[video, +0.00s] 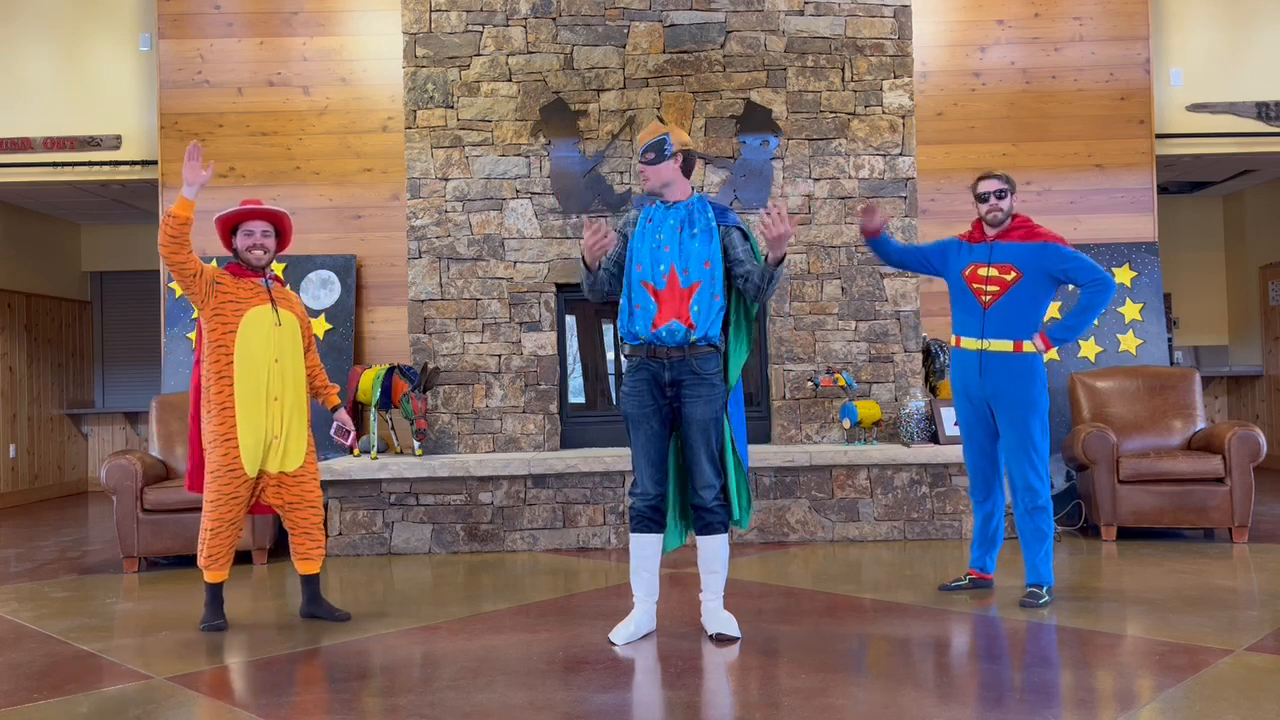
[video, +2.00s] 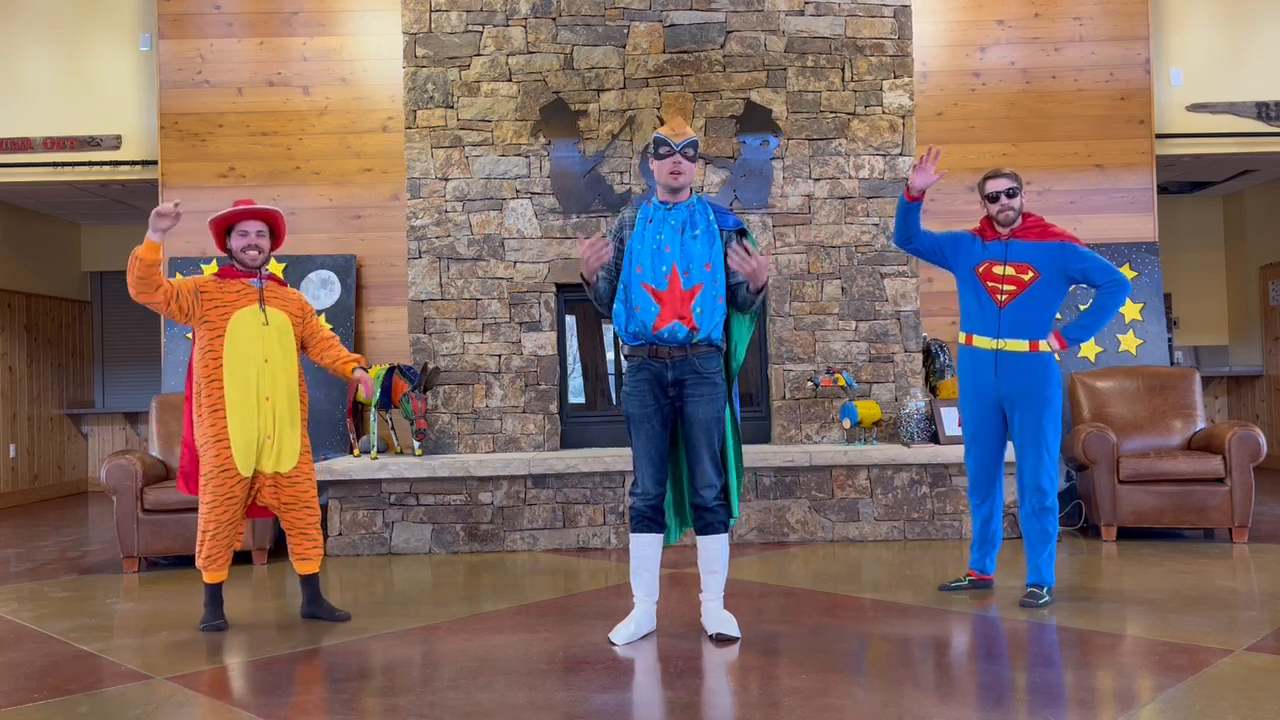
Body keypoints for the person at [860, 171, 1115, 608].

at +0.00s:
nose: (992, 203)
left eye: (1000, 195)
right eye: (984, 197)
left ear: (1014, 199)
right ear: (975, 205)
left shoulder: (1041, 247)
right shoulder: (955, 250)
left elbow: (1101, 284)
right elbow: (904, 256)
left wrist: (1054, 336)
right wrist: (875, 236)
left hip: (1019, 376)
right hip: (968, 376)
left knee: (1028, 481)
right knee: (981, 479)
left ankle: (1039, 580)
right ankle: (981, 572)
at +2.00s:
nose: (1004, 203)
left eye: (1010, 195)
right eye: (994, 198)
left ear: (1023, 197)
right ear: (984, 205)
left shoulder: (1056, 248)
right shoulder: (964, 247)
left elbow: (1116, 283)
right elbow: (908, 238)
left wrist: (1067, 336)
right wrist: (913, 195)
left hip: (1033, 371)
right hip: (977, 371)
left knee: (1037, 478)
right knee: (981, 476)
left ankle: (1040, 581)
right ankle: (981, 572)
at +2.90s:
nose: (987, 208)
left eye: (994, 198)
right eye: (978, 203)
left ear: (1012, 199)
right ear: (971, 211)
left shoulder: (1052, 246)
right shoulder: (969, 254)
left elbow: (1116, 280)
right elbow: (958, 296)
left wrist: (1072, 338)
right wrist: (957, 335)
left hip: (1039, 380)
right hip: (985, 381)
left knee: (1042, 485)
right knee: (981, 479)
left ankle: (1041, 582)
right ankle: (981, 570)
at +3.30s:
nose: (978, 203)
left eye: (984, 195)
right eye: (968, 198)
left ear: (998, 200)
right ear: (960, 209)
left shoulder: (1030, 253)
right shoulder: (952, 263)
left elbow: (1069, 313)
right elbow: (939, 329)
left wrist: (1085, 377)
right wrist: (923, 389)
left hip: (1020, 387)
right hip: (969, 388)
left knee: (1028, 484)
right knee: (984, 484)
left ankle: (1039, 582)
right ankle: (982, 572)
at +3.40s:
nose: (976, 202)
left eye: (983, 194)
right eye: (967, 197)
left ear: (996, 201)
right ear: (958, 209)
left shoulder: (1026, 251)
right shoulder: (947, 262)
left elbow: (1056, 312)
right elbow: (933, 327)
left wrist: (1066, 367)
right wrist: (919, 385)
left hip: (1018, 386)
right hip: (967, 389)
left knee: (1026, 484)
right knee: (982, 485)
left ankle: (1038, 581)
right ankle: (981, 572)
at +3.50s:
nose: (975, 200)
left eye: (983, 193)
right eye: (966, 195)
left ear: (995, 202)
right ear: (956, 207)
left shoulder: (1024, 252)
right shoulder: (943, 262)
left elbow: (1049, 313)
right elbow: (928, 323)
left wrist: (1049, 359)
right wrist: (918, 375)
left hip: (1016, 389)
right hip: (964, 393)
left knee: (1024, 486)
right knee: (978, 486)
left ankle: (1038, 580)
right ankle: (981, 572)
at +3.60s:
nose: (975, 200)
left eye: (982, 194)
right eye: (967, 195)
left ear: (994, 203)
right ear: (955, 206)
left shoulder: (1021, 253)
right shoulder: (941, 262)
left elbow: (1045, 314)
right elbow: (925, 322)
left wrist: (1043, 358)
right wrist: (920, 370)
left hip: (1014, 388)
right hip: (961, 392)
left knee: (1022, 484)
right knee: (977, 485)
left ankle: (1037, 579)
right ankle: (980, 571)